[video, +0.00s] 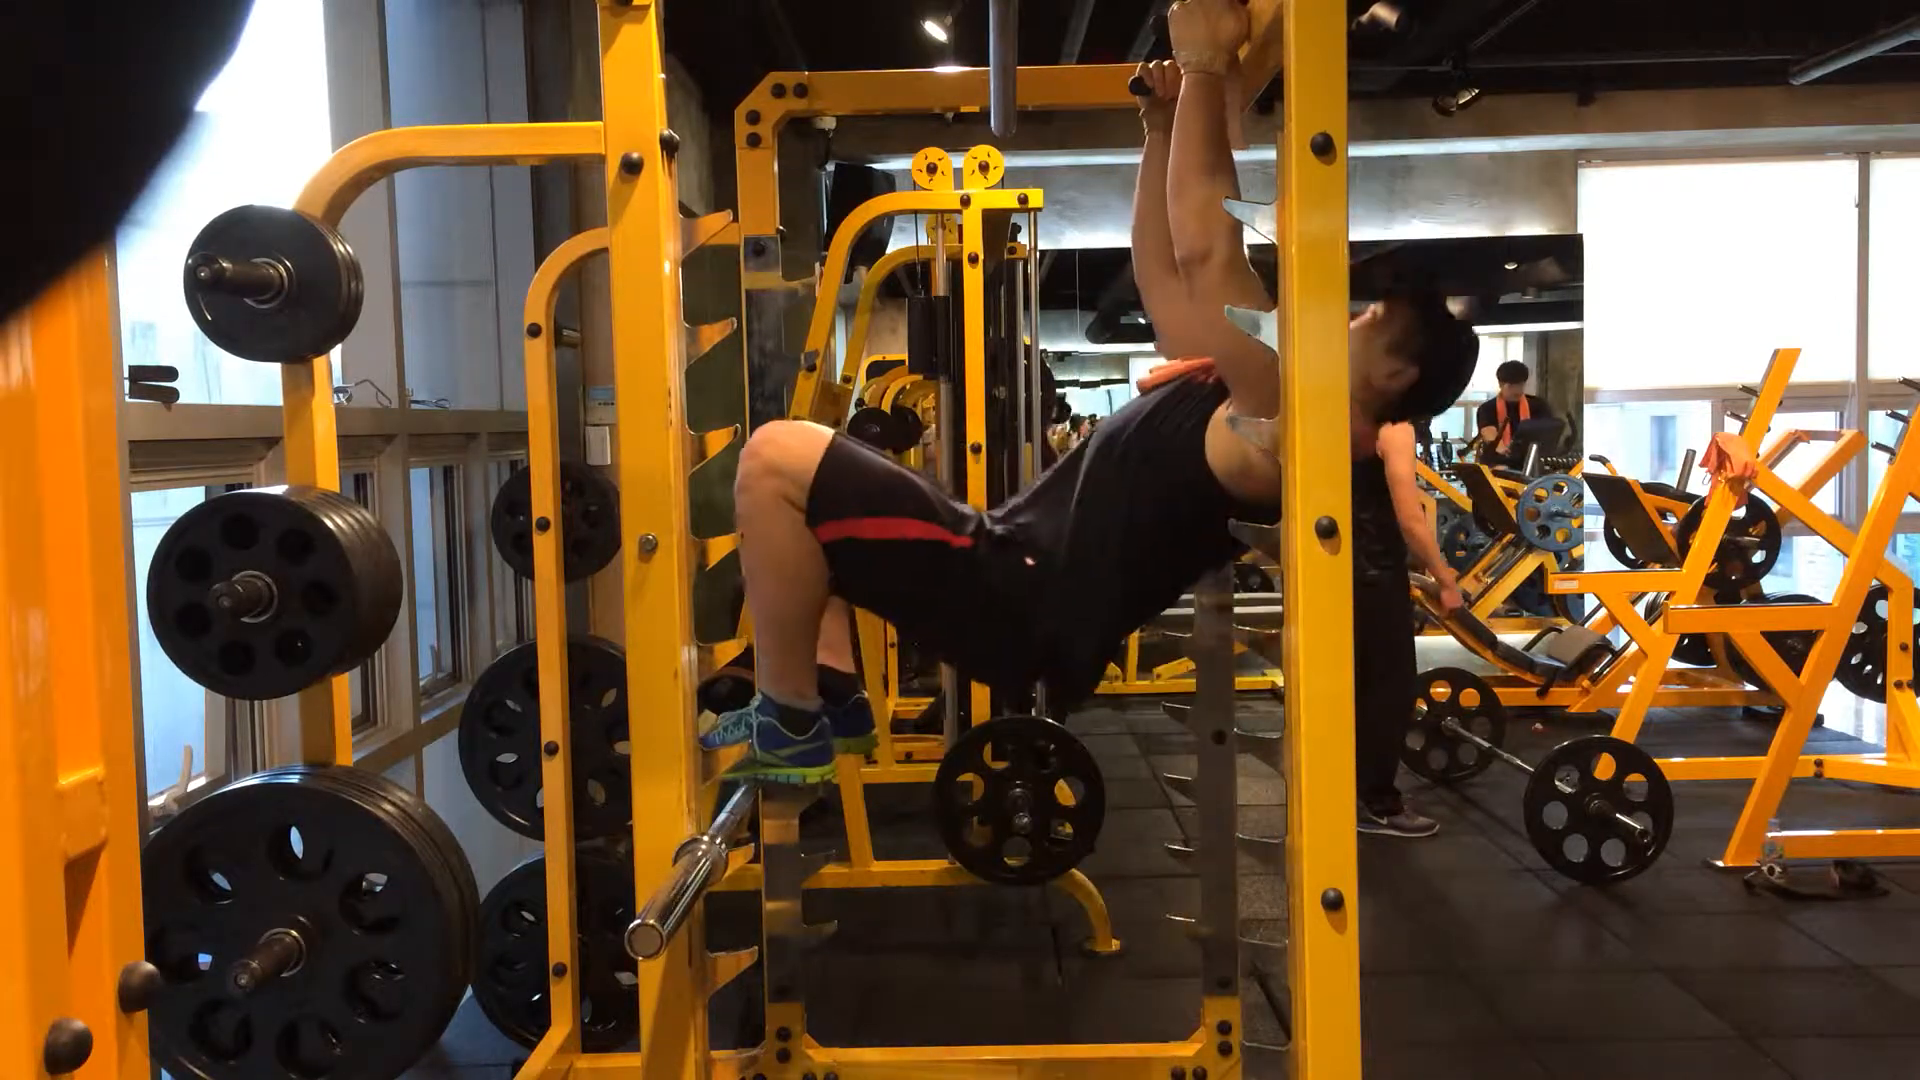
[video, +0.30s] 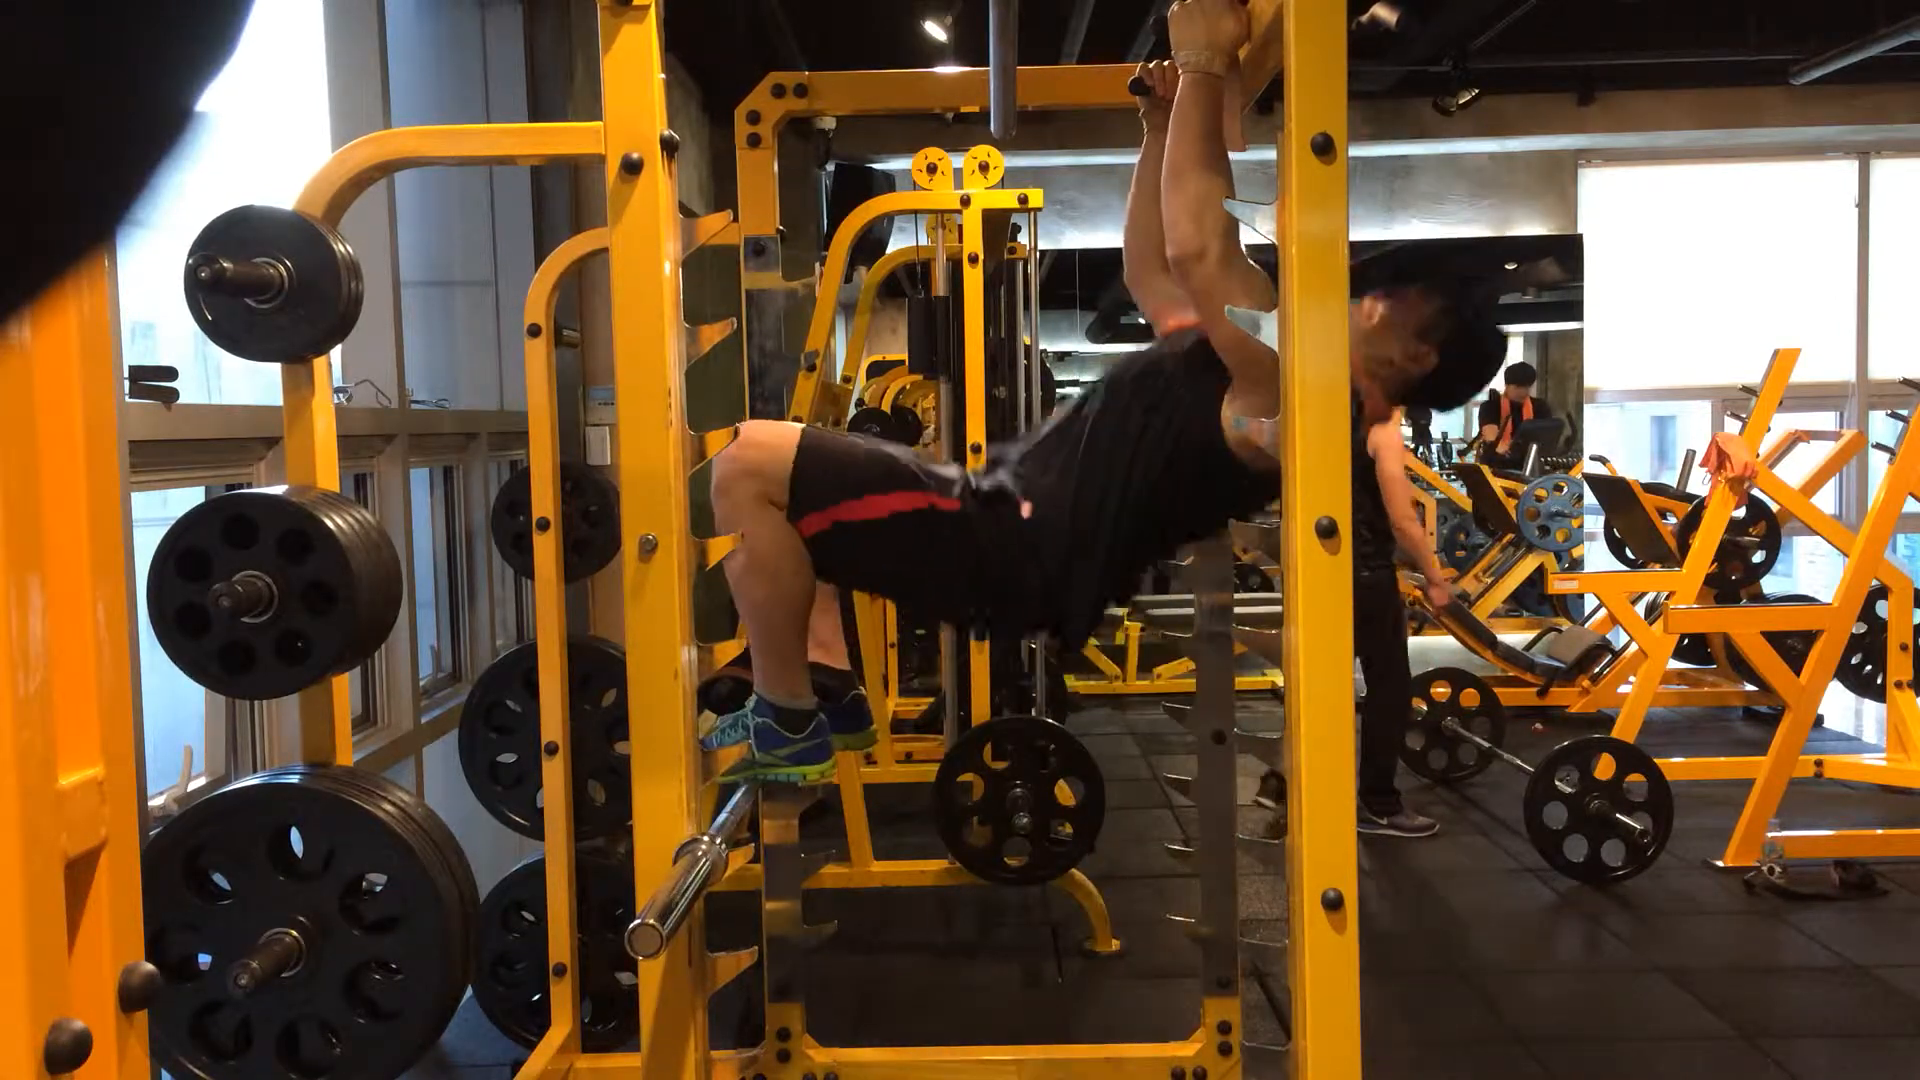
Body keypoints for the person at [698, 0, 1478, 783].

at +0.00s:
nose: (1342, 316)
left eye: (1366, 316)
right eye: (1360, 307)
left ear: (1387, 357)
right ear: (1374, 344)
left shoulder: (1302, 424)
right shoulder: (1271, 400)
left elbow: (1208, 257)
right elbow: (1165, 291)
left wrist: (1209, 71)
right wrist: (1160, 127)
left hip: (1027, 614)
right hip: (1018, 568)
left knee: (770, 465)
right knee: (803, 452)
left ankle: (788, 718)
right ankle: (828, 687)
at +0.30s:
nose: (1367, 299)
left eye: (1389, 305)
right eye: (1386, 293)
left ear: (1402, 351)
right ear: (1380, 321)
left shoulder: (1309, 412)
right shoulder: (1258, 373)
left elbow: (1212, 261)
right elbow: (1153, 281)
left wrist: (1211, 66)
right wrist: (1155, 130)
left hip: (1019, 552)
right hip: (1003, 512)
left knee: (749, 466)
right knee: (766, 452)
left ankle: (784, 716)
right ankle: (822, 674)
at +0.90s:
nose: (1400, 150)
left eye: (1423, 159)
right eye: (1414, 142)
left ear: (1432, 225)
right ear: (1396, 172)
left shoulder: (1346, 271)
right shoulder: (1330, 245)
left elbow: (1195, 247)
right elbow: (1151, 241)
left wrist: (1205, 66)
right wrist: (1170, 111)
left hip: (1036, 422)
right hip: (1032, 397)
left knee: (752, 456)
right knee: (793, 453)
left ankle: (783, 717)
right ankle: (824, 675)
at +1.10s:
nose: (1376, 252)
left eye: (1408, 266)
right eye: (1390, 239)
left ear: (1420, 328)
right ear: (1369, 241)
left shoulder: (1324, 379)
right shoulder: (1275, 339)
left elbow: (1202, 257)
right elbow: (1142, 277)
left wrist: (1206, 70)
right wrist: (1155, 133)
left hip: (1027, 519)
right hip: (1000, 464)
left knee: (744, 472)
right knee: (766, 441)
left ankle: (781, 717)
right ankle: (822, 672)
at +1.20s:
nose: (1370, 269)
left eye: (1399, 285)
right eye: (1381, 255)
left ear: (1408, 345)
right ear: (1354, 258)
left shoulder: (1318, 395)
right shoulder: (1263, 357)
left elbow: (1205, 266)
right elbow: (1143, 279)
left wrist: (1205, 71)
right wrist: (1155, 132)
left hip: (1020, 538)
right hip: (994, 479)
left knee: (738, 471)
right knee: (766, 445)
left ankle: (780, 714)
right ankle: (824, 674)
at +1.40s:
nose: (1375, 213)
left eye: (1402, 223)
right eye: (1389, 203)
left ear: (1420, 281)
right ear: (1376, 215)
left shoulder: (1339, 336)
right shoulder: (1314, 319)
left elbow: (1193, 258)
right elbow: (1131, 263)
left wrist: (1208, 64)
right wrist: (1157, 119)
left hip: (1015, 467)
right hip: (1007, 437)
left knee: (732, 477)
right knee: (746, 434)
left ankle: (779, 713)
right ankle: (819, 667)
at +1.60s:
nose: (1387, 104)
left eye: (1417, 121)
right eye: (1396, 92)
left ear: (1423, 188)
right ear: (1369, 99)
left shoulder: (1338, 233)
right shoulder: (1302, 171)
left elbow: (1183, 238)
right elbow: (1178, 172)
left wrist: (1208, 61)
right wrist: (1210, 87)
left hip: (1041, 387)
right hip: (1013, 349)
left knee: (745, 464)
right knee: (750, 434)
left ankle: (781, 717)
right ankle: (823, 676)